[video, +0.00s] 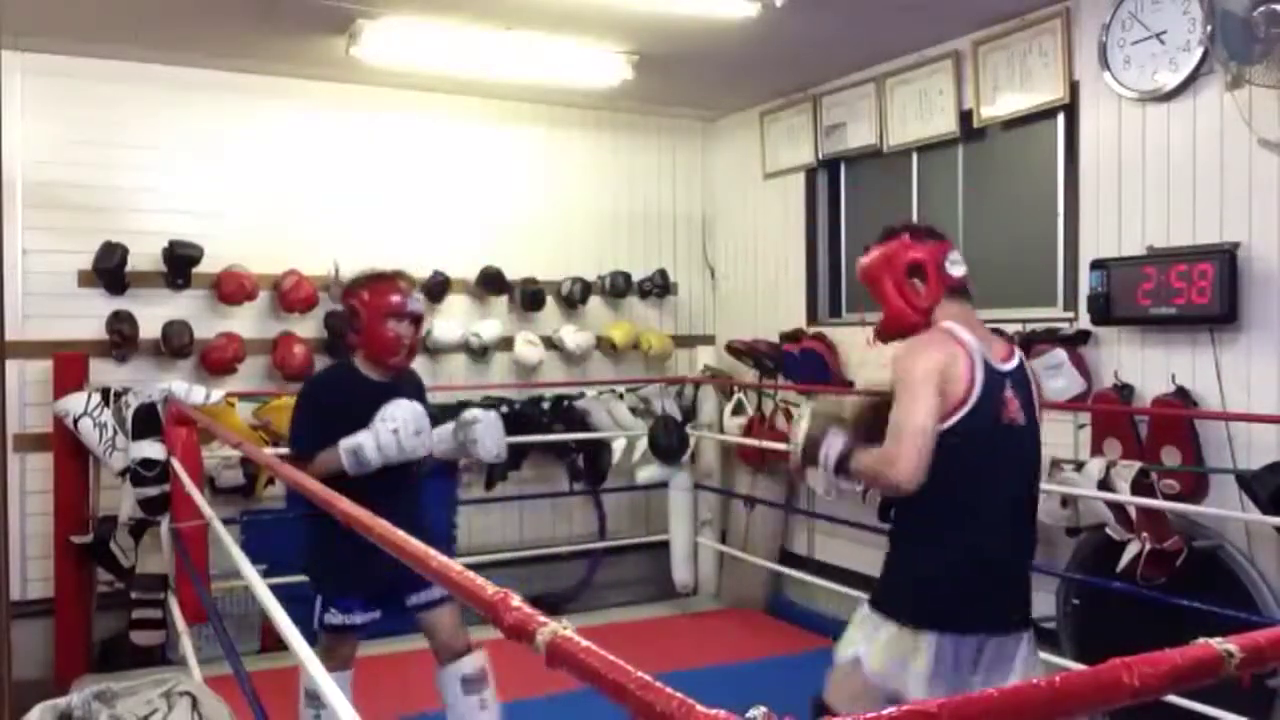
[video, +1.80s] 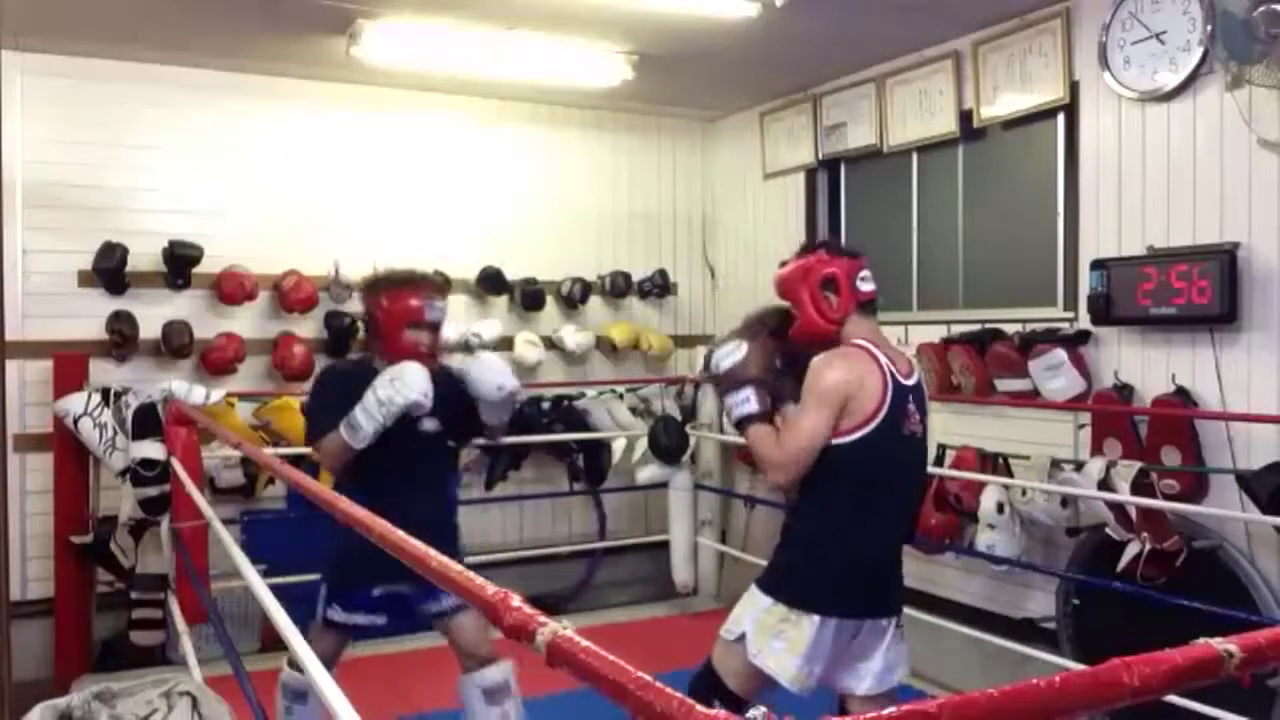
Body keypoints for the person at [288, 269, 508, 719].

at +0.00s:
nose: (406, 332)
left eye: (413, 322)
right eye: (394, 319)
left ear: (421, 326)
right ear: (361, 324)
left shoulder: (409, 383)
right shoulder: (323, 391)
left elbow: (405, 457)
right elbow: (299, 472)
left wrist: (452, 441)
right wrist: (368, 446)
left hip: (411, 543)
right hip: (344, 548)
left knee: (454, 644)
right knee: (336, 656)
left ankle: (473, 713)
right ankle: (321, 715)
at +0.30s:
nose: (444, 330)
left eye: (452, 319)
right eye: (432, 316)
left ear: (460, 326)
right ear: (399, 320)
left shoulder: (455, 382)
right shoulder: (360, 386)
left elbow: (466, 460)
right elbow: (346, 467)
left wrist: (497, 442)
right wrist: (407, 442)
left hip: (449, 548)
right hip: (379, 553)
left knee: (483, 661)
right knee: (350, 666)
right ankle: (319, 715)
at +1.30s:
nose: (446, 339)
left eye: (453, 329)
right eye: (434, 327)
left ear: (460, 334)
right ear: (401, 330)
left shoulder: (468, 384)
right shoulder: (362, 388)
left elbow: (507, 427)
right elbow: (350, 467)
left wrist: (533, 407)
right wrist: (396, 414)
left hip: (456, 561)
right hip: (384, 563)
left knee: (499, 662)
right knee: (350, 663)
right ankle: (311, 711)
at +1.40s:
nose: (461, 339)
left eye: (469, 327)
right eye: (449, 327)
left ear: (476, 328)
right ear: (414, 327)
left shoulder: (490, 376)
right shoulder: (375, 380)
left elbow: (556, 373)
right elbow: (364, 455)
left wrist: (596, 358)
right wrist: (395, 396)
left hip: (461, 551)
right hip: (387, 550)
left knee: (495, 662)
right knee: (340, 662)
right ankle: (308, 715)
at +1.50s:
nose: (464, 341)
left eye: (472, 329)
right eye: (452, 328)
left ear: (480, 331)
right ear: (416, 327)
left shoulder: (486, 379)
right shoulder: (378, 385)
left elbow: (545, 379)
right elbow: (359, 462)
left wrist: (590, 358)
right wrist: (390, 403)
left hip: (463, 553)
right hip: (389, 552)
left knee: (501, 669)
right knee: (335, 666)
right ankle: (306, 708)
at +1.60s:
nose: (457, 360)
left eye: (466, 348)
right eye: (446, 346)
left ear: (476, 352)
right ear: (413, 344)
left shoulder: (481, 402)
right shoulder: (372, 401)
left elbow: (526, 443)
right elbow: (344, 477)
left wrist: (544, 409)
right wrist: (375, 423)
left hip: (466, 563)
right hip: (392, 565)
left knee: (516, 670)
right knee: (338, 668)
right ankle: (304, 710)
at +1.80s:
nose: (427, 340)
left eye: (434, 329)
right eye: (416, 328)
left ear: (442, 330)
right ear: (382, 325)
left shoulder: (444, 383)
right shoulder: (342, 380)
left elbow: (486, 432)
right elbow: (329, 456)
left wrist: (496, 402)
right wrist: (377, 406)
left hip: (434, 550)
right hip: (360, 551)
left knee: (481, 649)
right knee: (321, 653)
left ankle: (498, 713)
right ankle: (294, 712)